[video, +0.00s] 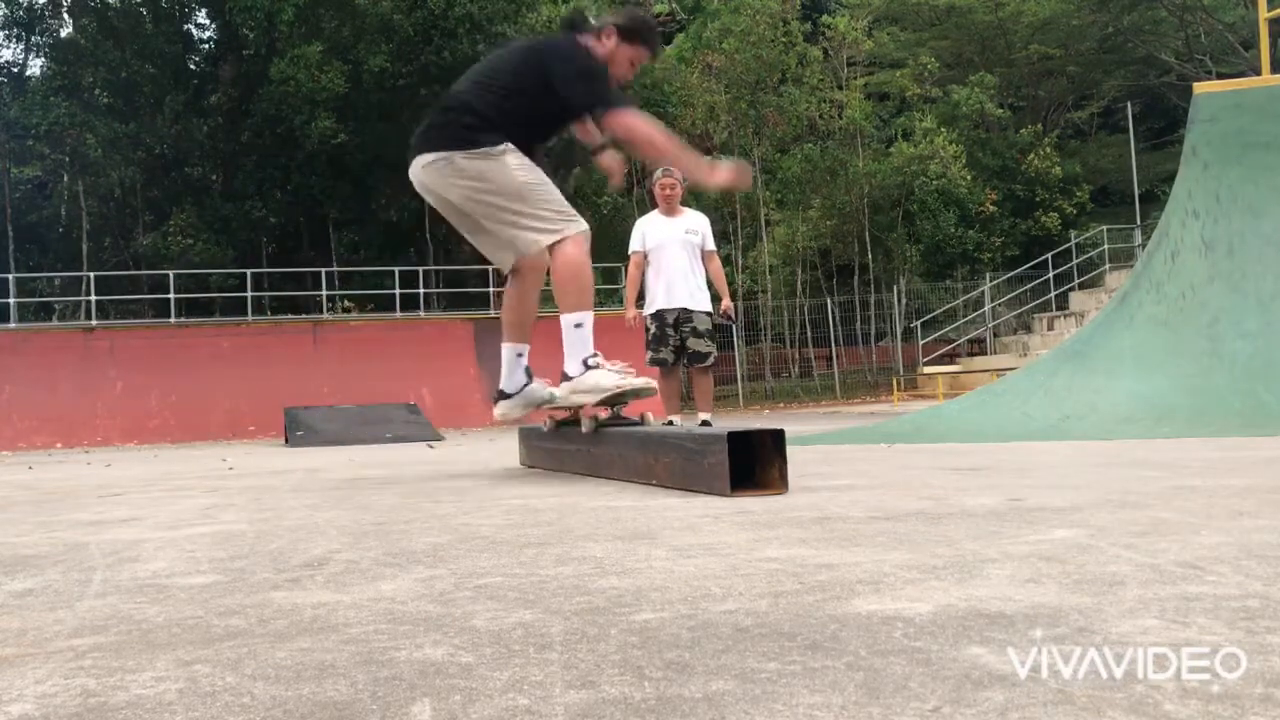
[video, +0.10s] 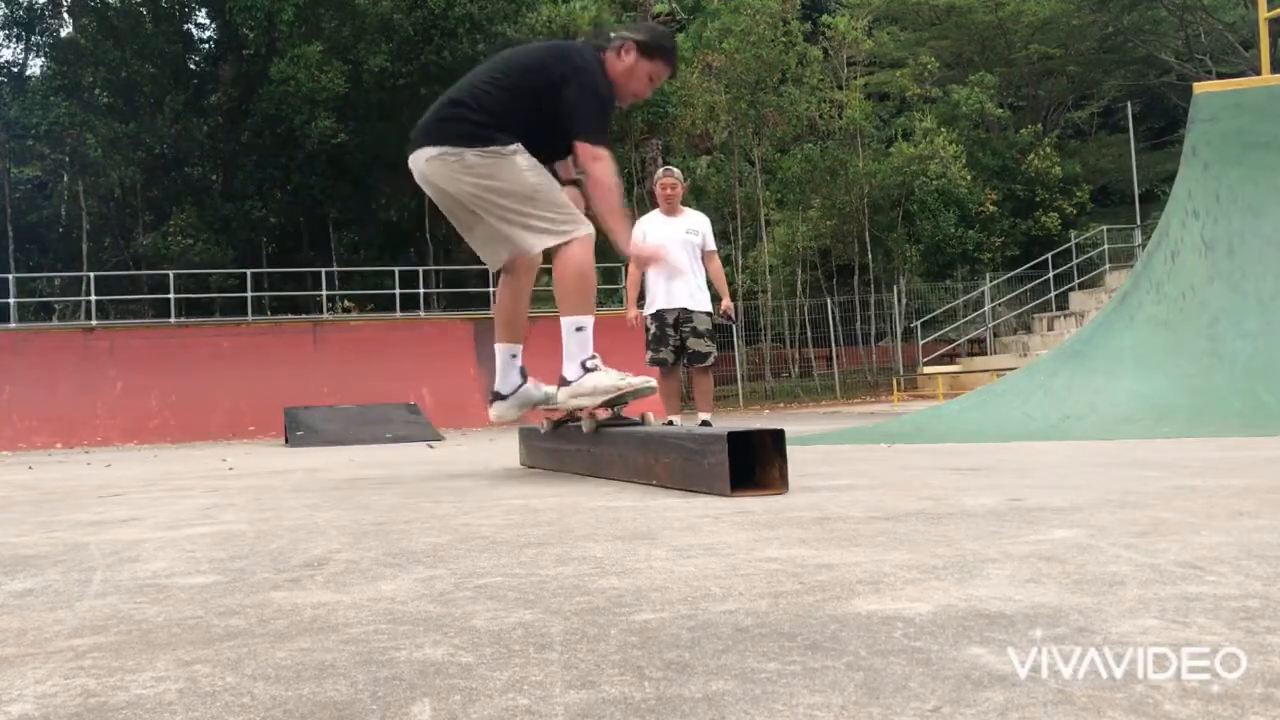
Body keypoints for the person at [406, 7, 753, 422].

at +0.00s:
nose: (630, 76)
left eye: (637, 69)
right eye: (632, 62)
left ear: (601, 37)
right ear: (608, 38)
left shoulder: (558, 56)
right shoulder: (578, 58)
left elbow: (577, 117)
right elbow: (626, 124)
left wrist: (602, 153)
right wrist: (703, 169)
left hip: (432, 160)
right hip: (468, 151)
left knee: (529, 260)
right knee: (569, 234)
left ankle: (514, 387)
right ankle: (581, 367)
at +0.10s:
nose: (648, 93)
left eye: (655, 86)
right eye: (650, 79)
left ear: (622, 54)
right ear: (626, 53)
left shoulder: (565, 65)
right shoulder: (587, 72)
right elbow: (594, 162)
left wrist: (566, 181)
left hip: (432, 151)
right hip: (471, 148)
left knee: (520, 258)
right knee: (575, 234)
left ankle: (509, 389)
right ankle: (581, 371)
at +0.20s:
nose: (652, 90)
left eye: (660, 83)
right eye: (655, 76)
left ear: (629, 49)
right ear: (632, 49)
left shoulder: (574, 56)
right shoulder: (589, 67)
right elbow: (558, 147)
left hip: (432, 145)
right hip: (470, 143)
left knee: (515, 252)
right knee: (578, 234)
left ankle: (506, 382)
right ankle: (583, 372)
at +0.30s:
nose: (644, 63)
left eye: (652, 55)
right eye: (646, 48)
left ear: (616, 22)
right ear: (620, 21)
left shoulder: (558, 36)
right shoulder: (577, 51)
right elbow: (519, 116)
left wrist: (459, 200)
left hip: (430, 152)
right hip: (466, 148)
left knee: (519, 253)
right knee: (583, 235)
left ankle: (498, 386)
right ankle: (588, 370)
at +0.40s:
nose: (621, 33)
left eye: (629, 26)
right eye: (623, 19)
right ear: (596, 2)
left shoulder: (527, 10)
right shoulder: (554, 32)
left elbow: (444, 9)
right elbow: (486, 86)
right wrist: (425, 146)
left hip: (425, 149)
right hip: (475, 150)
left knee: (505, 258)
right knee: (566, 244)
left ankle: (503, 393)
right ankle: (590, 380)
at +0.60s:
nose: (547, 10)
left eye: (551, 6)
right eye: (549, 3)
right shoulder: (496, 6)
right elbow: (485, 76)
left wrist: (264, 2)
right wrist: (495, 165)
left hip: (402, 138)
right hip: (370, 139)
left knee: (464, 247)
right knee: (433, 263)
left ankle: (461, 391)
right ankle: (420, 423)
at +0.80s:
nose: (480, 14)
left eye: (484, 8)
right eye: (480, 4)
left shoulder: (363, 11)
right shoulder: (410, 22)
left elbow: (297, 71)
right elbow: (425, 119)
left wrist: (246, 145)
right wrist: (498, 202)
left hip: (289, 179)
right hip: (331, 182)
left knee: (351, 314)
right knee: (386, 312)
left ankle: (267, 432)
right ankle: (374, 458)